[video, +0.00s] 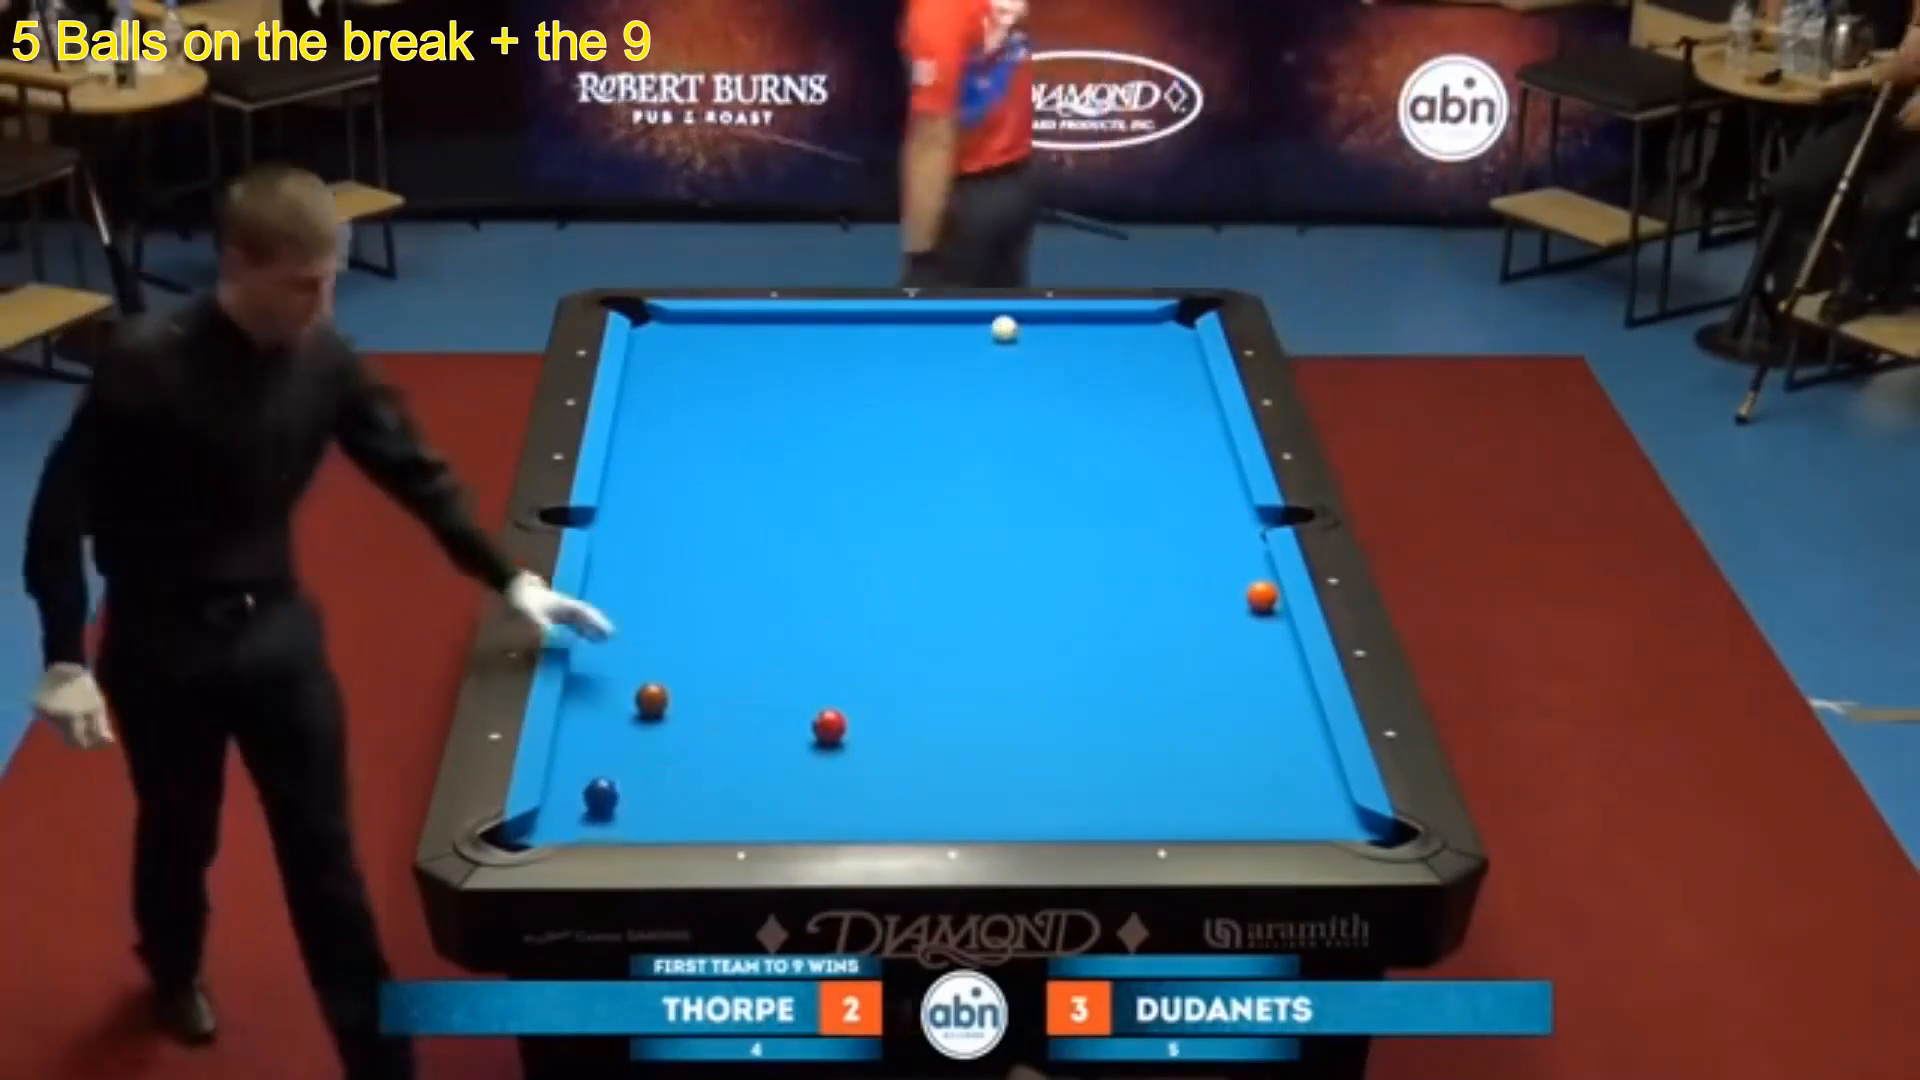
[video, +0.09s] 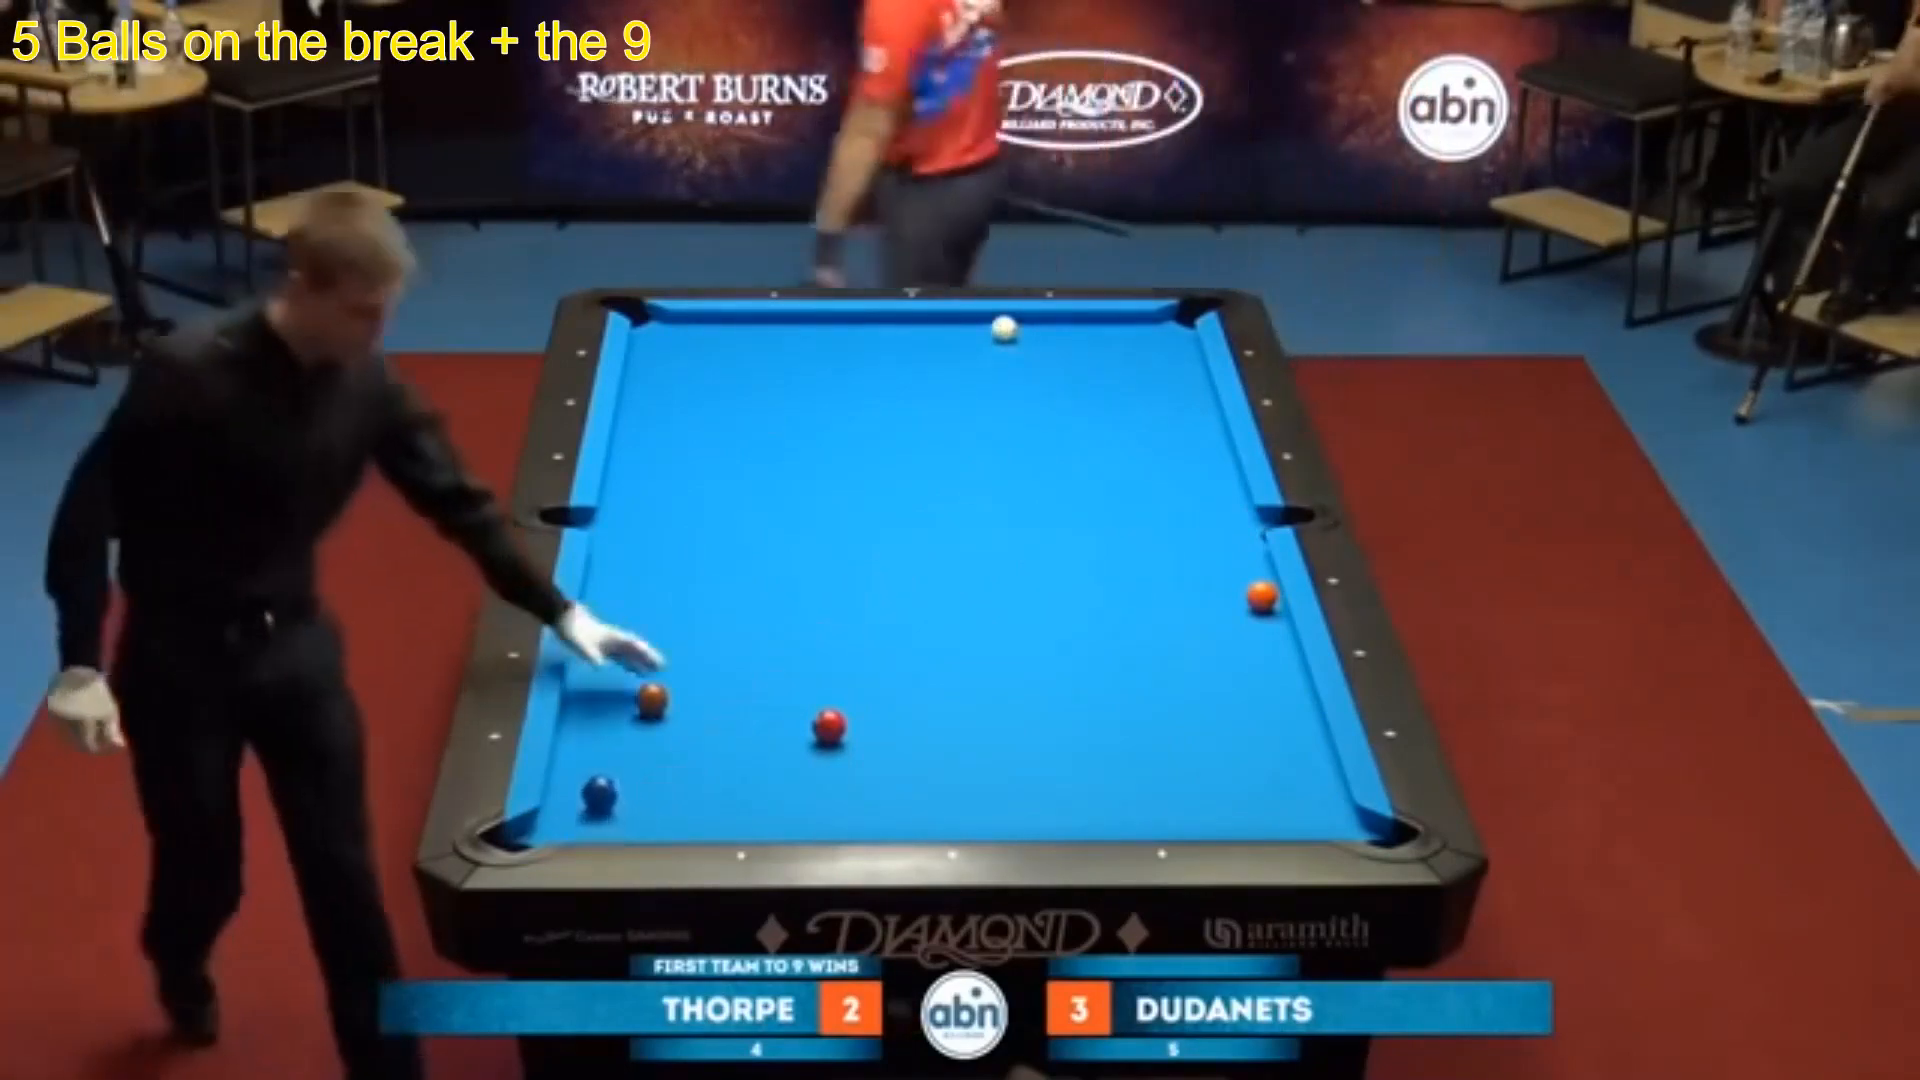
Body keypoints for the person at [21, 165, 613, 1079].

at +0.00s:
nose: (322, 304)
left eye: (328, 282)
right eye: (303, 285)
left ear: (331, 266)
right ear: (238, 270)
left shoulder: (324, 362)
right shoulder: (144, 366)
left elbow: (414, 471)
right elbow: (57, 512)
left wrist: (510, 578)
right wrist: (64, 658)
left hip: (272, 626)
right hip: (159, 640)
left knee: (325, 861)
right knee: (177, 836)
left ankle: (378, 1058)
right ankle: (176, 979)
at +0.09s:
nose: (376, 333)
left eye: (385, 314)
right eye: (363, 313)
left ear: (389, 300)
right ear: (301, 287)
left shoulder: (367, 389)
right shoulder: (184, 375)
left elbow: (460, 503)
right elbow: (86, 511)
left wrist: (568, 615)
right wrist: (79, 664)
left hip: (289, 640)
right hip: (174, 653)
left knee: (344, 881)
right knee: (203, 872)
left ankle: (383, 1061)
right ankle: (179, 970)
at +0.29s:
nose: (472, 381)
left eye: (481, 362)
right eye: (464, 360)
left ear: (418, 329)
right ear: (403, 325)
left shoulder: (436, 428)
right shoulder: (250, 398)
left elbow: (501, 558)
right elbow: (121, 515)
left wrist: (591, 678)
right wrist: (86, 660)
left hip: (327, 673)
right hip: (208, 683)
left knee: (371, 928)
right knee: (242, 941)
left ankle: (391, 1073)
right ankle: (231, 1079)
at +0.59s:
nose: (529, 460)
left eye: (539, 442)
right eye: (532, 439)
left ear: (483, 416)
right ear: (486, 416)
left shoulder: (455, 512)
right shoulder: (309, 497)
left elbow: (444, 669)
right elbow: (159, 635)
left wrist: (542, 750)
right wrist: (115, 785)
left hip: (353, 777)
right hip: (241, 791)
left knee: (379, 1021)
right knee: (273, 1037)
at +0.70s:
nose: (553, 467)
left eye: (560, 448)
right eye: (553, 447)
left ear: (497, 436)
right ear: (504, 438)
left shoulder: (456, 531)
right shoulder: (325, 522)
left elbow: (441, 687)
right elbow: (166, 675)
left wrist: (548, 766)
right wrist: (143, 836)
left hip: (347, 804)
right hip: (236, 820)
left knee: (378, 1038)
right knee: (280, 1053)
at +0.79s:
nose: (573, 475)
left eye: (579, 455)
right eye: (573, 454)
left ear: (517, 444)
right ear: (528, 449)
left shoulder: (464, 533)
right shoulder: (349, 538)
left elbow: (466, 696)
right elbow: (212, 718)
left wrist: (574, 778)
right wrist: (221, 889)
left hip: (360, 823)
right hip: (268, 844)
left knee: (392, 1050)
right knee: (290, 1061)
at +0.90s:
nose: (589, 470)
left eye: (593, 453)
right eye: (588, 452)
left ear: (530, 446)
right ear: (547, 451)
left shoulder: (474, 540)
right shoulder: (377, 546)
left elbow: (489, 695)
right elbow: (258, 726)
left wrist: (604, 775)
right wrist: (286, 898)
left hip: (362, 812)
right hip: (265, 838)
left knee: (427, 1045)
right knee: (290, 1065)